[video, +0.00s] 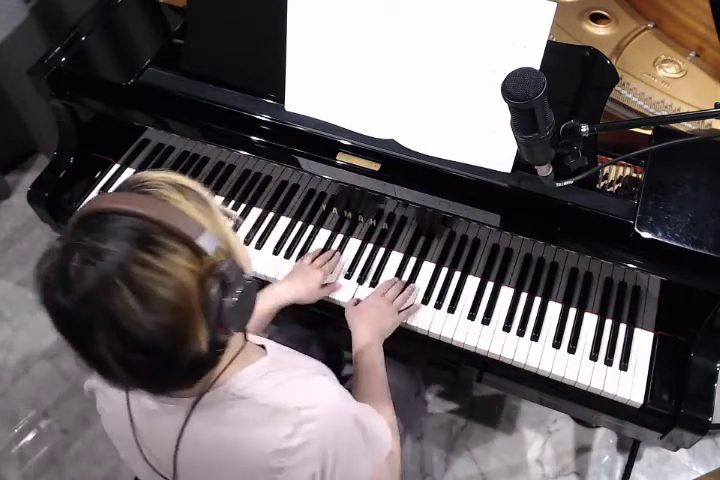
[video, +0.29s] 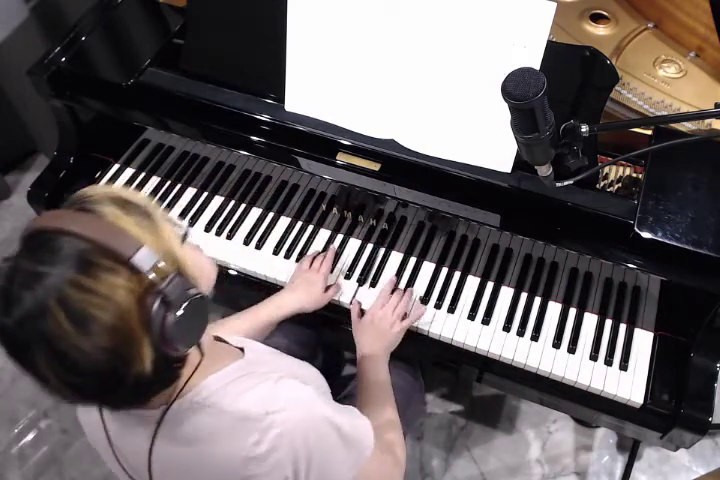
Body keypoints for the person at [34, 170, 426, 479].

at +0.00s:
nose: (229, 224)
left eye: (216, 219)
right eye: (220, 226)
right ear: (220, 293)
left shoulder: (110, 376)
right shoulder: (308, 414)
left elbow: (204, 339)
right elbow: (384, 461)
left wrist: (280, 294)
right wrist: (368, 345)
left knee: (307, 319)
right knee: (393, 361)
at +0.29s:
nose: (185, 232)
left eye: (172, 230)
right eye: (175, 238)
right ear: (172, 315)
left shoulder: (93, 377)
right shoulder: (280, 426)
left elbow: (192, 350)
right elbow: (385, 467)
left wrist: (288, 301)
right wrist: (374, 356)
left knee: (304, 320)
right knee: (398, 376)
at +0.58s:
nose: (161, 257)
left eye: (148, 256)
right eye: (150, 266)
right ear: (150, 352)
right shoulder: (266, 433)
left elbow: (186, 334)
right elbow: (387, 458)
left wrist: (289, 293)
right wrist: (380, 359)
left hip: (252, 362)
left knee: (303, 323)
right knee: (396, 370)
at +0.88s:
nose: (146, 287)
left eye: (128, 287)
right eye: (134, 299)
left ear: (141, 366)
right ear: (140, 369)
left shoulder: (135, 376)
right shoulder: (262, 453)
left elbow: (186, 325)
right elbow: (392, 463)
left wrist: (291, 276)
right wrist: (387, 355)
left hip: (256, 369)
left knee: (304, 313)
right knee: (393, 365)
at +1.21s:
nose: (168, 317)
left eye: (147, 317)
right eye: (154, 334)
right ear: (152, 397)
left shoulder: (150, 373)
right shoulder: (262, 463)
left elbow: (188, 312)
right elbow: (380, 467)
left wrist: (297, 263)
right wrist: (374, 349)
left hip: (262, 374)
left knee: (308, 318)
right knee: (397, 368)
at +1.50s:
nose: (191, 333)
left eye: (174, 333)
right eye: (187, 348)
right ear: (183, 407)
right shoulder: (278, 469)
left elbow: (207, 298)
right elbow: (378, 465)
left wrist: (306, 244)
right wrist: (366, 343)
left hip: (258, 372)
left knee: (301, 328)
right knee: (397, 369)